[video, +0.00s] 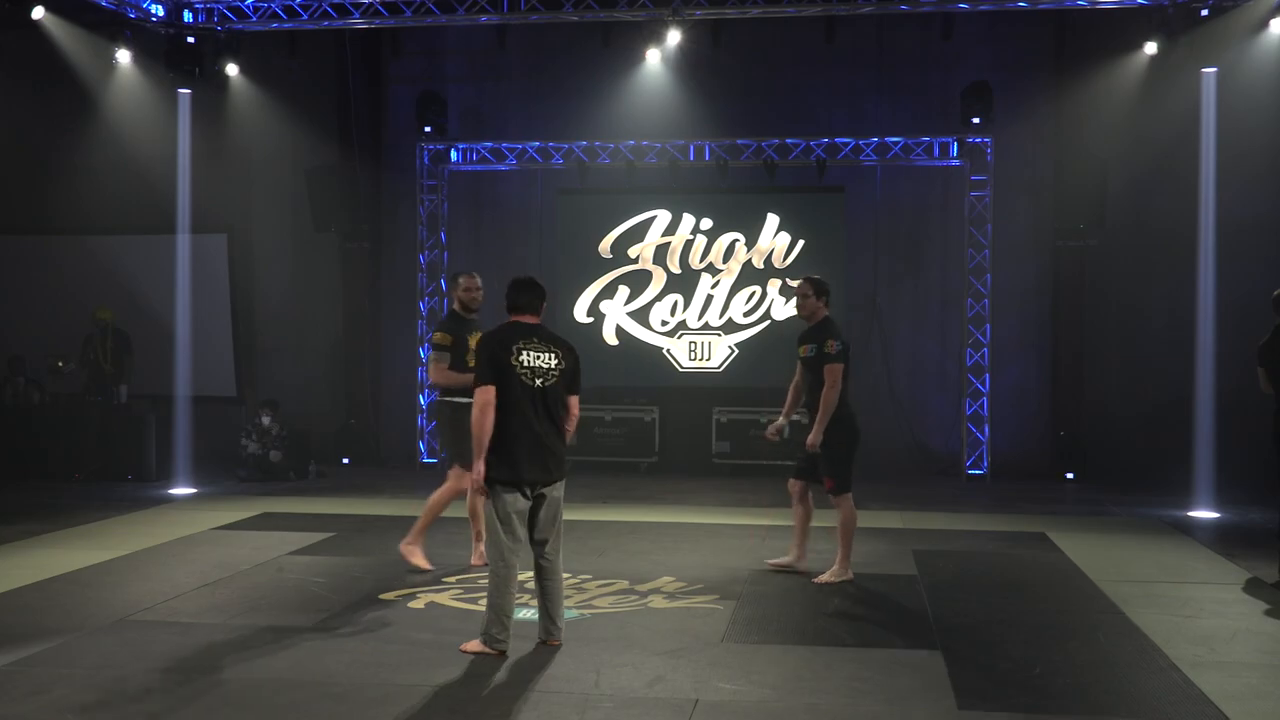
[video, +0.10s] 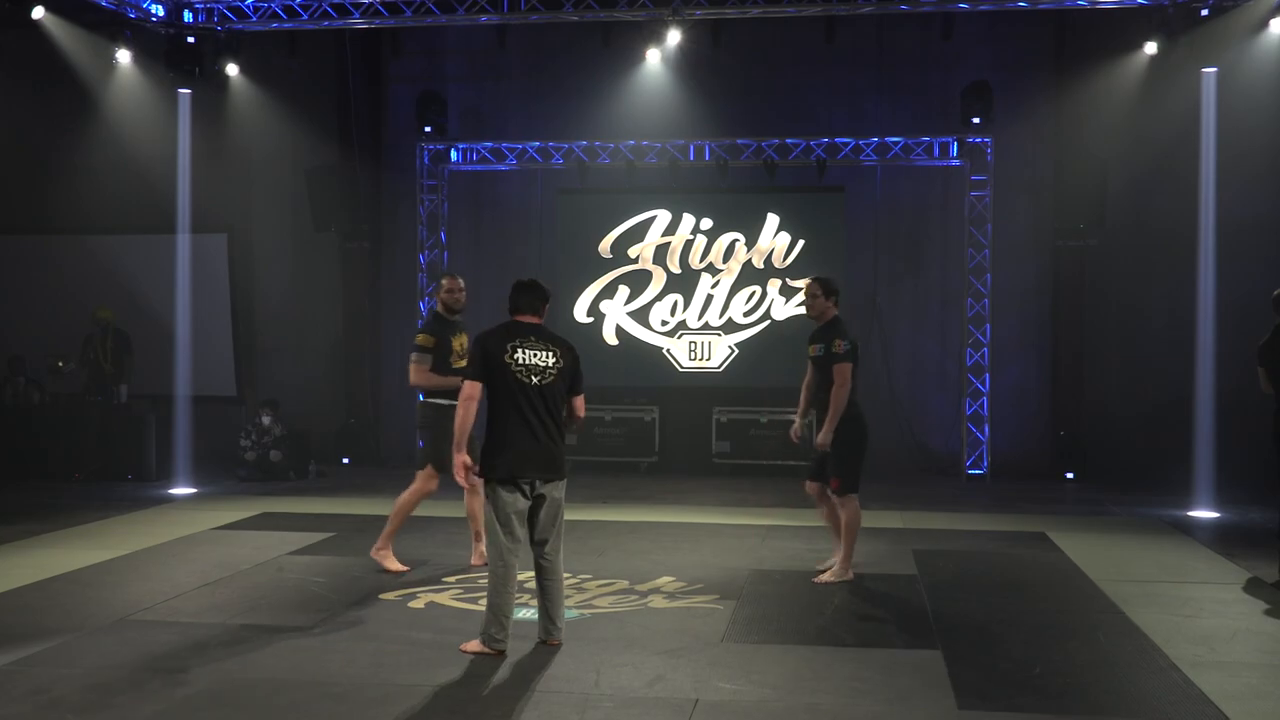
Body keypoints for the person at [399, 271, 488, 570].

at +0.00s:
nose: (475, 294)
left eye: (478, 289)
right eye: (468, 290)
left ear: (482, 292)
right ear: (454, 293)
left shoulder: (475, 328)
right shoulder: (446, 327)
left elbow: (475, 370)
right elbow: (437, 375)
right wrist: (479, 379)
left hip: (475, 407)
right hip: (451, 409)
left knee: (478, 480)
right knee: (459, 480)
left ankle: (479, 547)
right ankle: (411, 541)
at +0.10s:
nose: (457, 295)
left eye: (460, 290)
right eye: (450, 291)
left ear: (465, 294)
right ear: (437, 295)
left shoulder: (459, 327)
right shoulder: (431, 327)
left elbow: (456, 370)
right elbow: (416, 377)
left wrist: (476, 379)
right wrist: (463, 383)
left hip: (460, 410)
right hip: (435, 412)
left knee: (474, 479)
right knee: (426, 482)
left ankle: (480, 548)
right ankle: (382, 546)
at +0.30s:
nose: (427, 293)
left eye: (431, 288)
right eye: (420, 288)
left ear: (436, 293)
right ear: (408, 293)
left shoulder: (434, 327)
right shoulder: (398, 327)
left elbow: (433, 369)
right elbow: (378, 373)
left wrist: (438, 395)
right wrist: (421, 386)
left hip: (427, 410)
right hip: (399, 411)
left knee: (445, 472)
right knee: (389, 480)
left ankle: (460, 544)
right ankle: (377, 554)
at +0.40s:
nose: (417, 291)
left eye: (421, 286)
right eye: (411, 286)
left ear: (427, 290)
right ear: (400, 291)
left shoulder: (424, 322)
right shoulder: (389, 323)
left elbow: (419, 360)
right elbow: (365, 368)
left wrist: (427, 383)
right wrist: (406, 384)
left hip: (416, 406)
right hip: (390, 407)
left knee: (437, 470)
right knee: (386, 479)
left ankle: (423, 543)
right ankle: (380, 553)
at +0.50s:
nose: (418, 288)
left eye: (422, 283)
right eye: (412, 283)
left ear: (426, 288)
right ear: (399, 286)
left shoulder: (425, 318)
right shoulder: (388, 316)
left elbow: (426, 358)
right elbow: (362, 362)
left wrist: (430, 389)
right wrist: (401, 382)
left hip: (419, 403)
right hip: (391, 403)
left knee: (428, 470)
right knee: (391, 474)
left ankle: (385, 529)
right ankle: (390, 547)